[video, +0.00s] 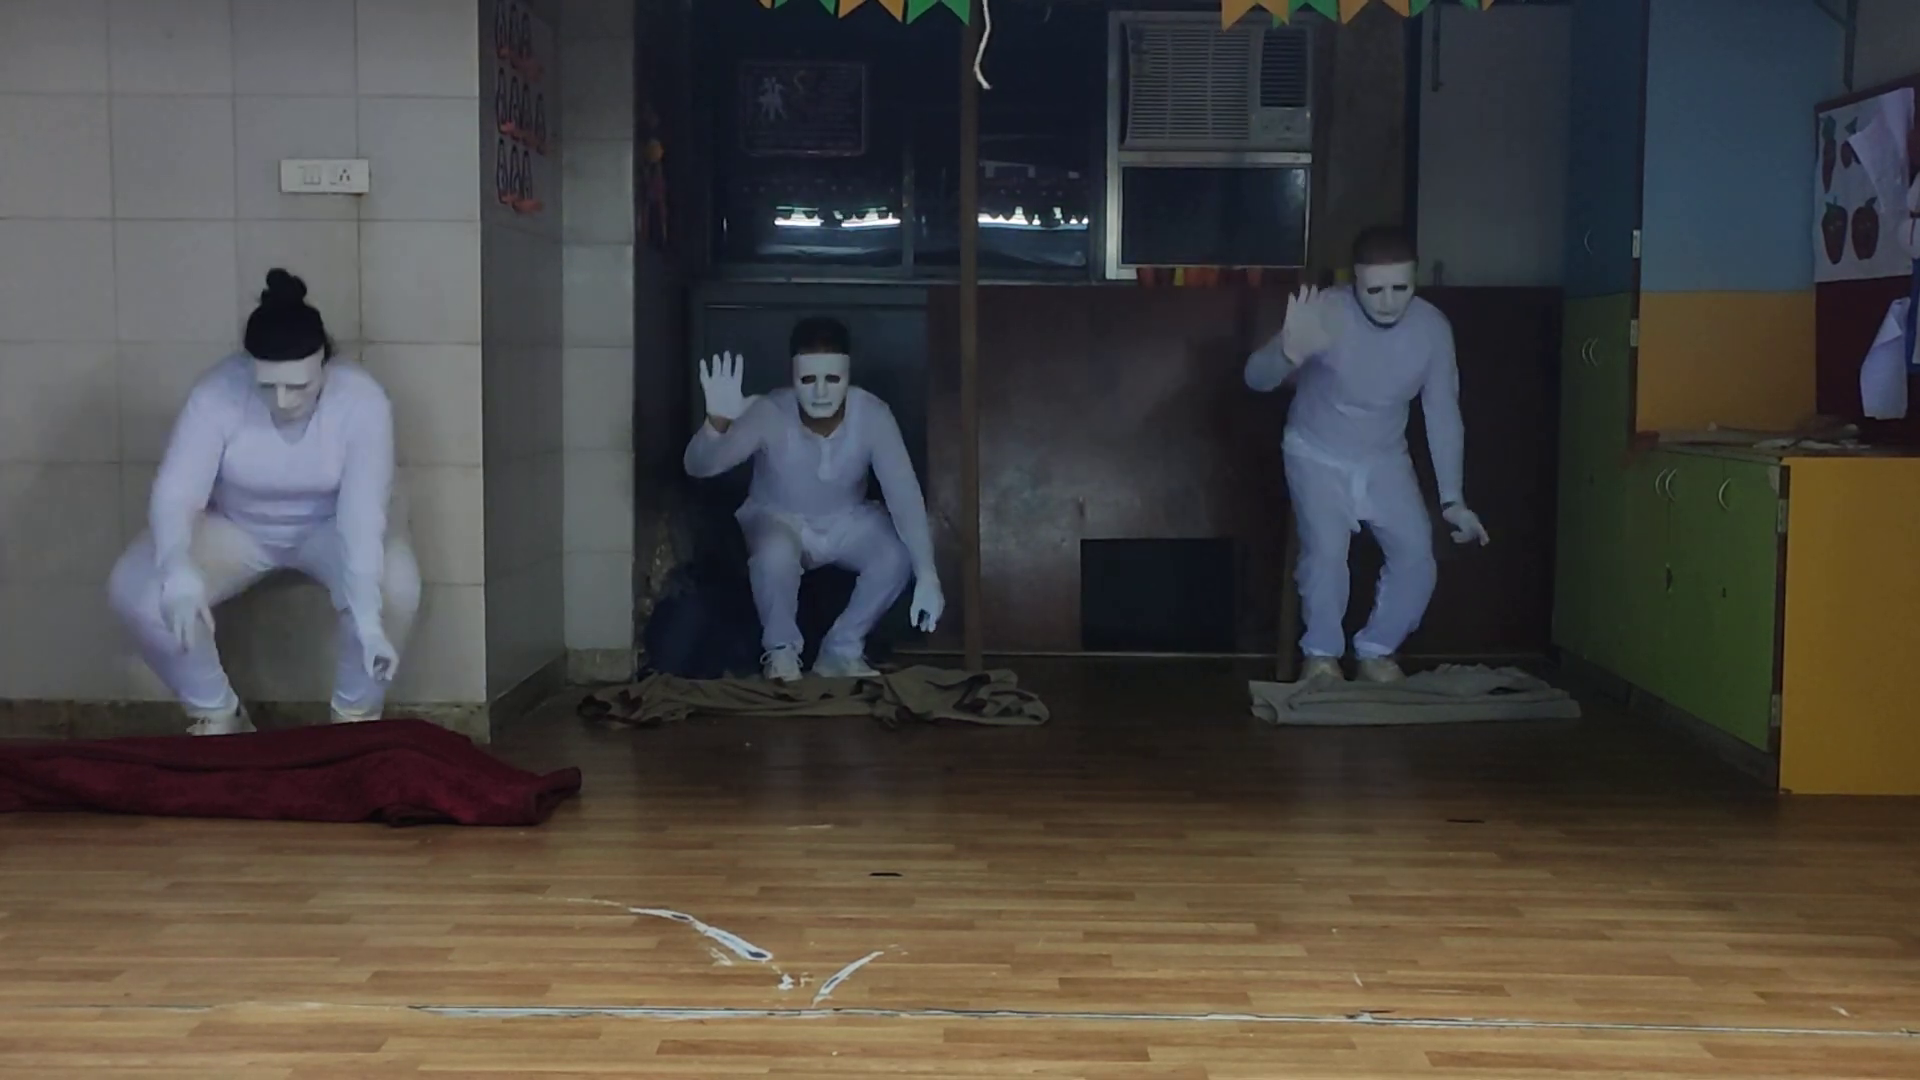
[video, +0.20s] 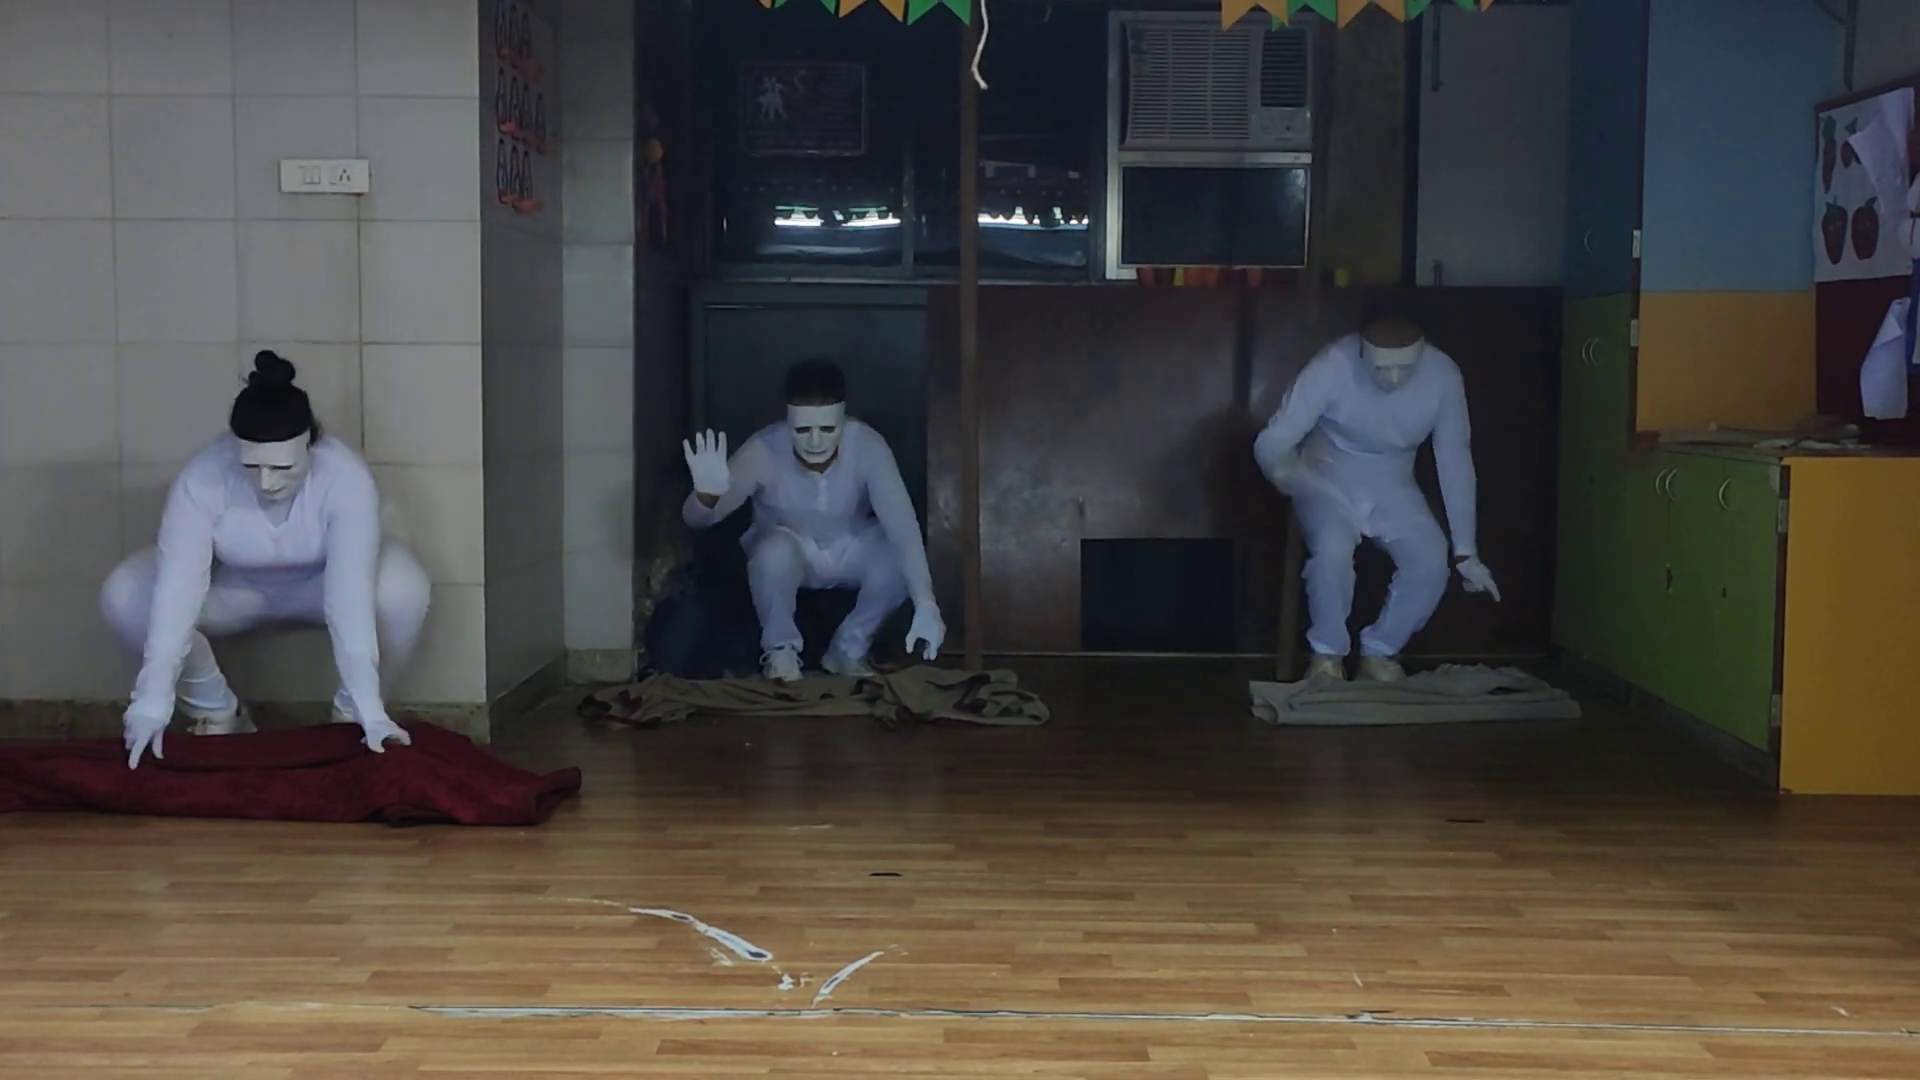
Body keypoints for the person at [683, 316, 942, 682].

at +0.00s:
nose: (821, 391)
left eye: (832, 378)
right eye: (809, 379)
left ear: (847, 376)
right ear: (793, 378)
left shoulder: (872, 417)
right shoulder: (768, 414)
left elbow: (904, 495)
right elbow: (698, 466)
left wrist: (926, 576)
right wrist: (716, 423)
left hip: (847, 522)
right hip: (778, 521)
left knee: (894, 557)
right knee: (774, 557)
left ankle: (841, 650)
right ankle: (781, 649)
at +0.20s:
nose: (815, 441)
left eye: (827, 429)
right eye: (803, 429)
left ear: (842, 418)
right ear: (789, 419)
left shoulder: (867, 447)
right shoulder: (764, 452)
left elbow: (903, 526)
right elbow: (696, 520)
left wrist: (925, 603)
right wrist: (707, 497)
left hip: (852, 555)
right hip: (790, 556)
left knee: (898, 558)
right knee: (773, 552)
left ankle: (848, 651)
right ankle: (780, 651)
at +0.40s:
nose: (810, 468)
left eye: (822, 456)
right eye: (798, 457)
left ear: (838, 440)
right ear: (783, 444)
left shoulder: (864, 464)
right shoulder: (761, 472)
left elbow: (896, 545)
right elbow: (727, 530)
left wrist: (920, 626)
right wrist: (713, 560)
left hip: (856, 569)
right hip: (795, 572)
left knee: (909, 564)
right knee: (777, 556)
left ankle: (850, 649)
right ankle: (782, 649)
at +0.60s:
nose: (809, 476)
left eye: (821, 464)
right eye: (797, 465)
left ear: (837, 448)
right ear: (782, 451)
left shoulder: (866, 469)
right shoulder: (760, 480)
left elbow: (891, 551)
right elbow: (733, 553)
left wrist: (910, 633)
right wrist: (733, 617)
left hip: (857, 572)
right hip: (798, 574)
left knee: (915, 568)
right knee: (778, 560)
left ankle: (850, 649)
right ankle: (782, 648)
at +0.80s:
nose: (810, 469)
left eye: (821, 456)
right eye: (797, 457)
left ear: (837, 445)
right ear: (783, 449)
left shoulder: (864, 473)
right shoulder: (760, 483)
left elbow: (886, 557)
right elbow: (735, 563)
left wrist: (905, 639)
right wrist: (730, 646)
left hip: (855, 576)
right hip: (798, 577)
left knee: (915, 568)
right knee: (779, 558)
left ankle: (852, 649)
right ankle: (783, 647)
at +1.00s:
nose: (813, 440)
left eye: (825, 429)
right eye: (800, 430)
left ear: (840, 432)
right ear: (784, 434)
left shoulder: (865, 468)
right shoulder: (762, 481)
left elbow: (892, 551)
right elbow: (733, 560)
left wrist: (920, 630)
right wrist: (728, 631)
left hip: (860, 575)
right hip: (799, 576)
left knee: (916, 569)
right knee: (779, 557)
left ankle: (854, 649)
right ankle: (783, 647)